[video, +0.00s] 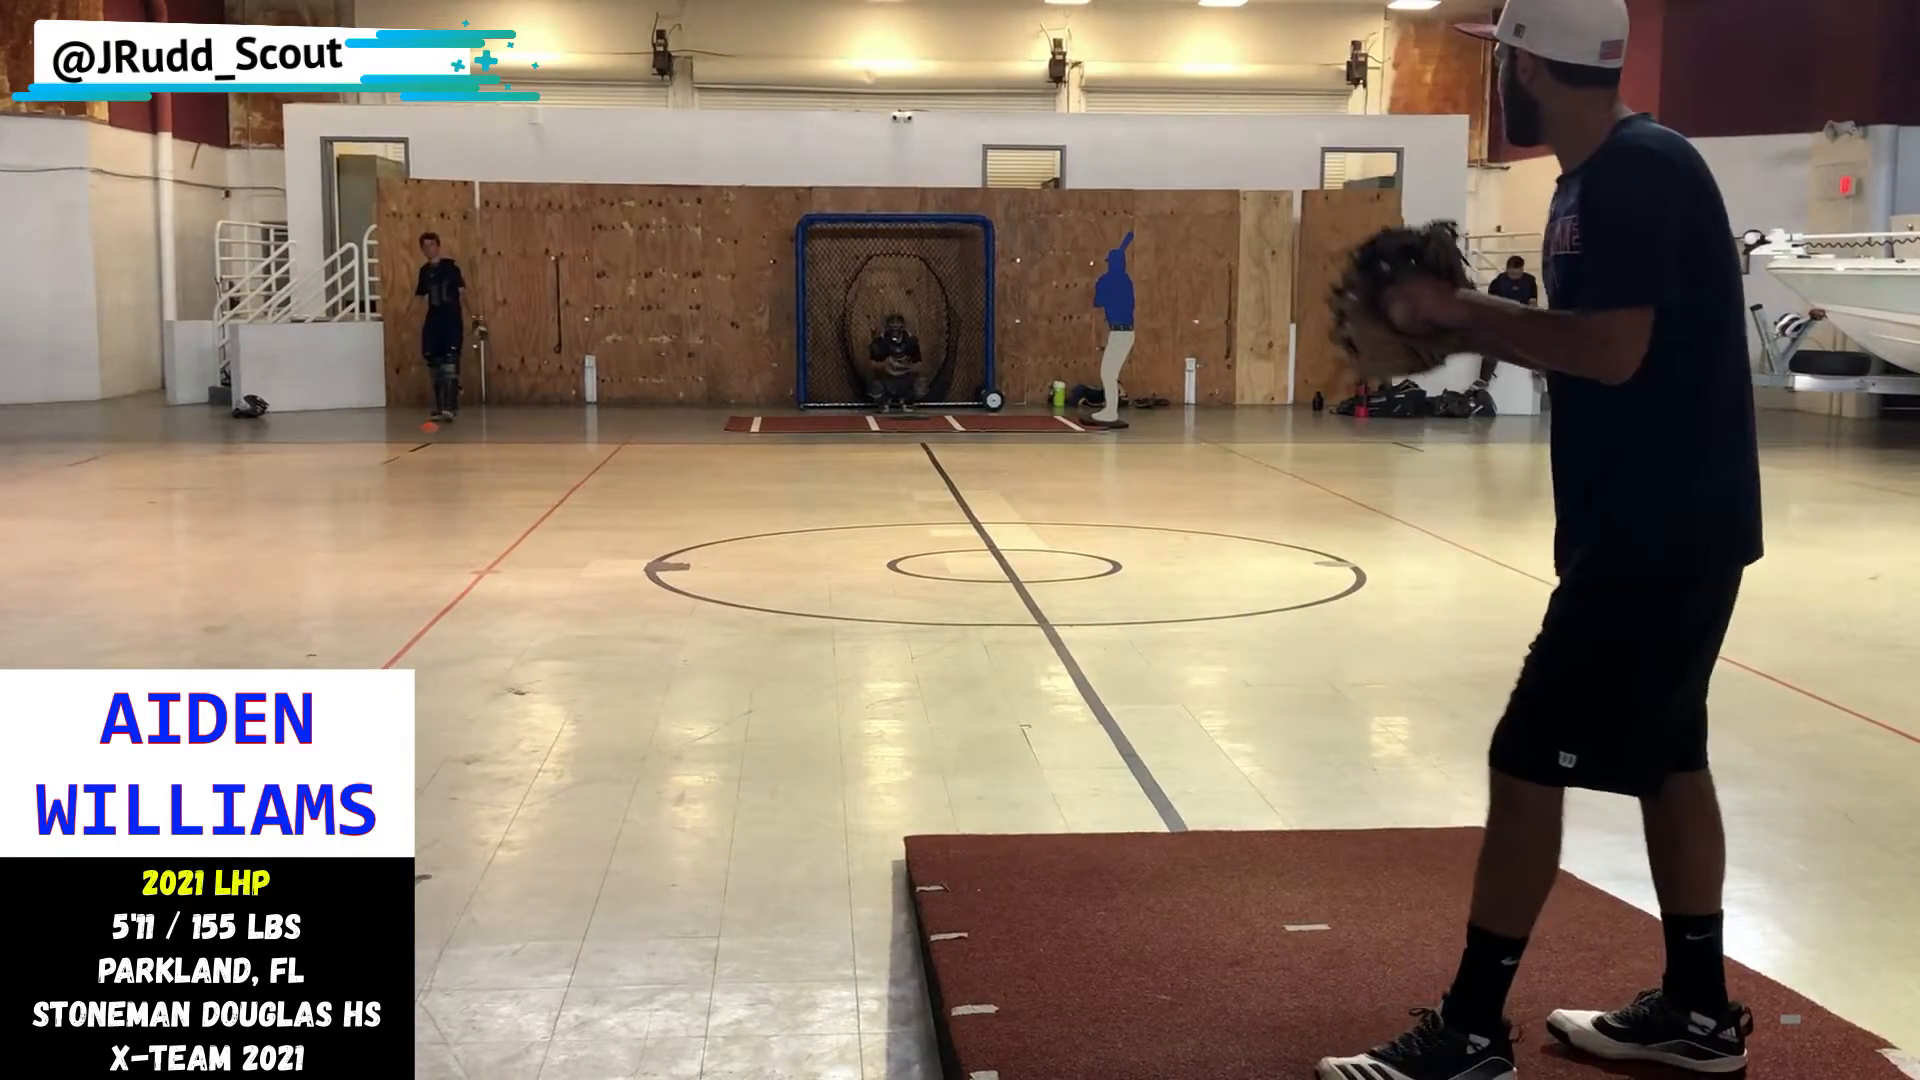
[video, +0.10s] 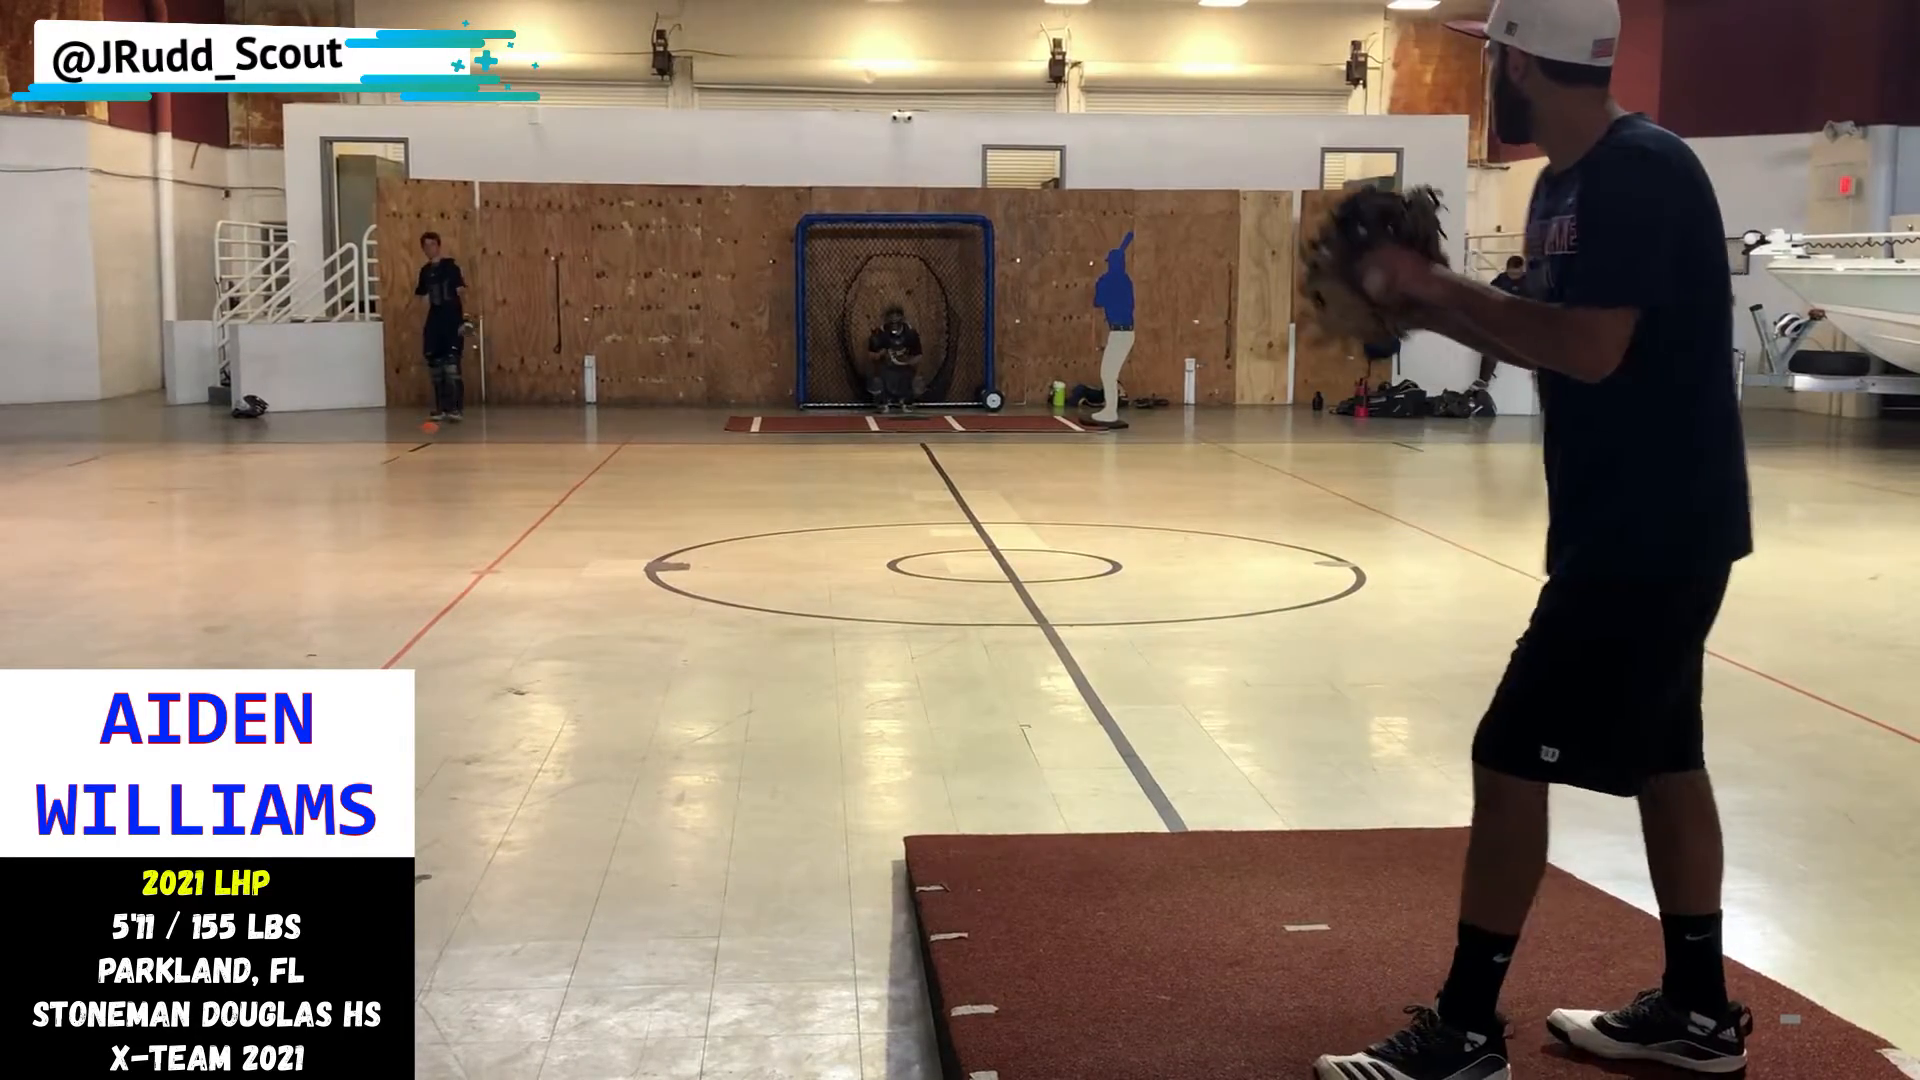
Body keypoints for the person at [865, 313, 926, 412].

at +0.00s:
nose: (895, 330)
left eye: (898, 326)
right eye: (893, 326)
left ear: (903, 326)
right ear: (888, 326)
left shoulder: (911, 340)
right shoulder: (880, 341)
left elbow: (918, 364)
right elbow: (873, 363)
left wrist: (905, 369)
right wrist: (885, 365)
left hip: (906, 376)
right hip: (887, 376)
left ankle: (907, 402)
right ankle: (883, 404)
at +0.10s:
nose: (895, 321)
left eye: (898, 317)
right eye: (891, 318)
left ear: (902, 318)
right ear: (886, 319)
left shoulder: (911, 334)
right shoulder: (879, 334)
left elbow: (918, 356)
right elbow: (871, 355)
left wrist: (906, 361)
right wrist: (880, 354)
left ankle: (904, 400)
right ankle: (886, 400)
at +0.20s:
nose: (894, 321)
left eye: (898, 318)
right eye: (891, 318)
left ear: (903, 316)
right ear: (886, 316)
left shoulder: (911, 328)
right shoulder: (877, 329)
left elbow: (921, 347)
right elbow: (868, 352)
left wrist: (911, 355)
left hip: (905, 363)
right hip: (884, 363)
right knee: (871, 373)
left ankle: (911, 398)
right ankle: (876, 400)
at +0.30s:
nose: (895, 321)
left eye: (898, 317)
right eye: (892, 317)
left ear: (903, 316)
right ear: (886, 315)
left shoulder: (910, 329)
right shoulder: (876, 330)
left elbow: (923, 348)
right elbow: (868, 350)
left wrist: (915, 355)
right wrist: (860, 365)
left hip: (907, 365)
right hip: (885, 365)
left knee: (923, 372)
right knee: (866, 375)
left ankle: (924, 403)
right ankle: (868, 404)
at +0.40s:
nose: (894, 324)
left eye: (898, 320)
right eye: (891, 320)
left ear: (902, 321)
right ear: (886, 320)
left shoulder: (910, 335)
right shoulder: (878, 336)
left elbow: (924, 355)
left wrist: (915, 361)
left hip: (907, 370)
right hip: (885, 370)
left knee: (922, 377)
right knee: (867, 378)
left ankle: (923, 405)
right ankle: (870, 405)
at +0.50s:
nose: (895, 331)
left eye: (898, 328)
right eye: (892, 328)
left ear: (903, 327)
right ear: (886, 327)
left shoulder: (910, 342)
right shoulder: (877, 344)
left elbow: (926, 358)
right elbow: (873, 365)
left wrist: (915, 365)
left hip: (907, 377)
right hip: (886, 377)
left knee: (921, 377)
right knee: (866, 380)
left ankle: (921, 405)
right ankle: (871, 406)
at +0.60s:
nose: (896, 335)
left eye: (899, 332)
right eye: (893, 332)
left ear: (904, 332)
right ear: (887, 332)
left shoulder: (910, 346)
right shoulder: (880, 347)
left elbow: (925, 362)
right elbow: (874, 365)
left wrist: (914, 370)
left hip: (907, 382)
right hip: (887, 382)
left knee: (921, 380)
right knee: (866, 379)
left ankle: (922, 406)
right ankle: (871, 405)